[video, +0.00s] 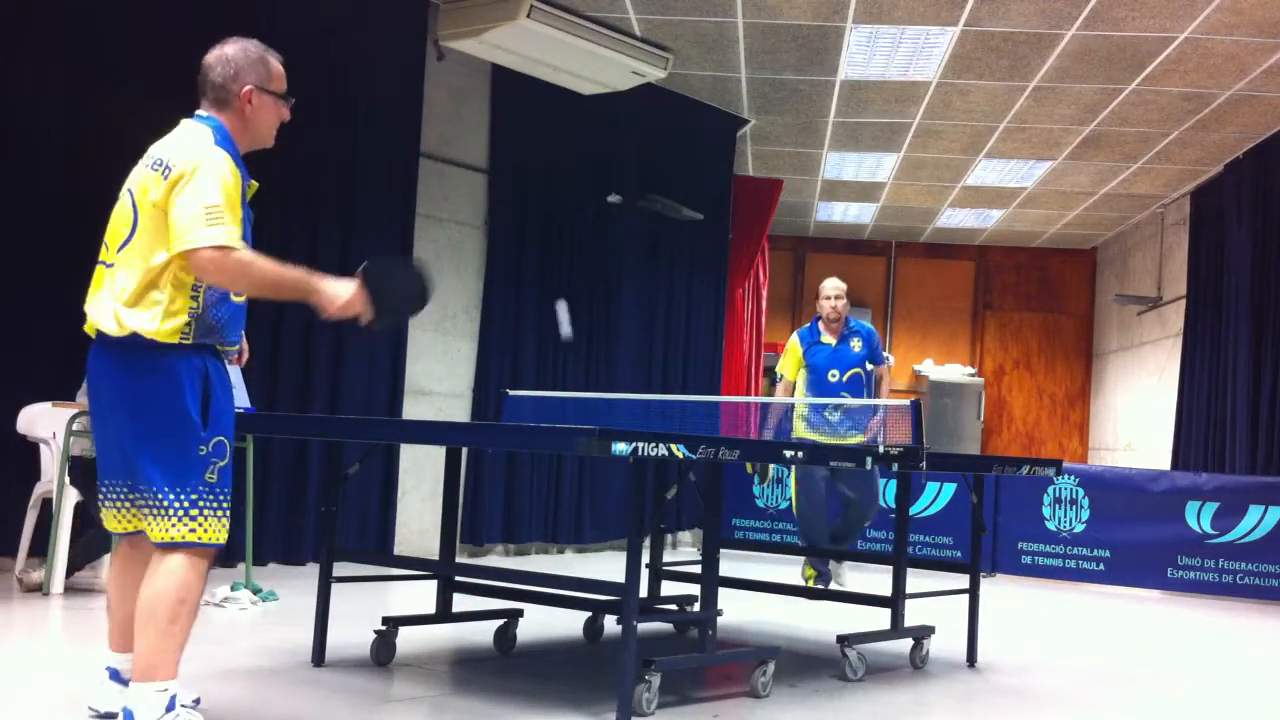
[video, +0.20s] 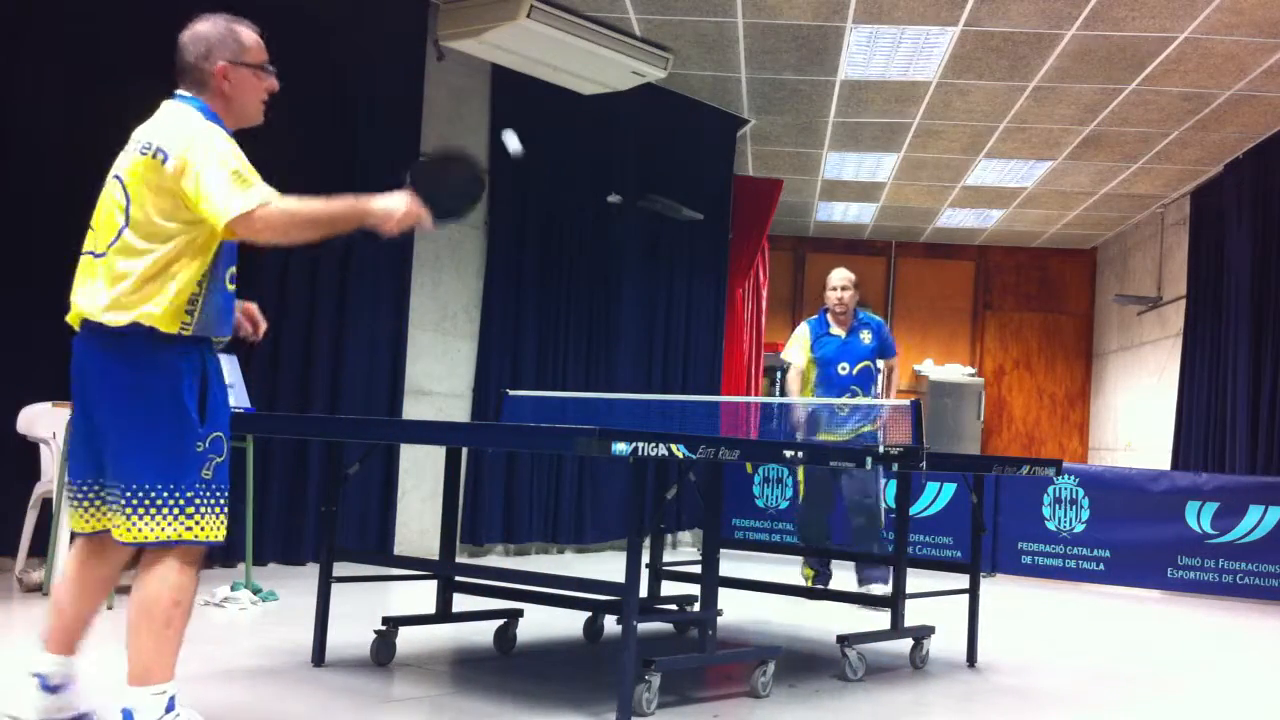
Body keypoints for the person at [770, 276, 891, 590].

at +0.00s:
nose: (834, 304)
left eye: (839, 298)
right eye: (827, 298)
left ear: (847, 302)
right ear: (817, 303)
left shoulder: (866, 334)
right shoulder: (801, 339)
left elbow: (883, 374)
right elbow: (784, 389)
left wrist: (880, 414)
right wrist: (768, 436)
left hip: (854, 439)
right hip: (810, 437)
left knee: (866, 501)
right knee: (812, 504)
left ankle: (834, 551)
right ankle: (818, 570)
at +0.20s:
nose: (839, 295)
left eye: (845, 289)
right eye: (834, 289)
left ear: (856, 293)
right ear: (824, 295)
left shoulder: (875, 328)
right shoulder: (808, 330)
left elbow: (890, 367)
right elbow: (793, 372)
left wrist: (886, 406)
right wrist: (797, 407)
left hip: (862, 435)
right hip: (818, 435)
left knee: (865, 505)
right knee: (815, 504)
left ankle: (871, 578)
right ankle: (816, 572)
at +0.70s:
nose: (868, 286)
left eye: (875, 279)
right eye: (863, 280)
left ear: (891, 284)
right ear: (857, 285)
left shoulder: (915, 321)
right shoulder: (844, 325)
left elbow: (944, 365)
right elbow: (824, 372)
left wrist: (934, 407)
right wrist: (824, 406)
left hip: (900, 438)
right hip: (853, 436)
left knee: (889, 515)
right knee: (853, 507)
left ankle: (875, 596)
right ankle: (844, 594)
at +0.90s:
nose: (870, 291)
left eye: (878, 284)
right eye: (865, 285)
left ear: (895, 289)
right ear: (859, 291)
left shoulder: (923, 323)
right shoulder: (849, 332)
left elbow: (957, 368)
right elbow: (833, 380)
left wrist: (945, 414)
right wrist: (824, 409)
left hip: (912, 444)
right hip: (863, 444)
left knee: (917, 524)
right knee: (860, 524)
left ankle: (889, 595)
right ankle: (866, 607)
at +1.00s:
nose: (873, 291)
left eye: (881, 283)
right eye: (867, 284)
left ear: (899, 287)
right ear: (862, 289)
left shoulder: (928, 320)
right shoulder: (854, 333)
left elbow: (967, 364)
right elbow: (838, 383)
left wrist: (954, 409)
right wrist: (833, 409)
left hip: (925, 441)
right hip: (872, 443)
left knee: (948, 503)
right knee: (862, 520)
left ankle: (922, 572)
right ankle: (865, 606)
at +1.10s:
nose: (879, 289)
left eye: (887, 281)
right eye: (874, 282)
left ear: (906, 284)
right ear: (869, 287)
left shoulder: (936, 315)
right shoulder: (862, 329)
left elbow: (982, 351)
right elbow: (850, 379)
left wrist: (967, 395)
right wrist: (848, 403)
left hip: (936, 432)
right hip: (886, 438)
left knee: (961, 504)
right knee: (864, 514)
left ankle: (966, 592)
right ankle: (865, 606)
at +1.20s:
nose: (890, 292)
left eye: (898, 284)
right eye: (885, 286)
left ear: (917, 288)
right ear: (879, 291)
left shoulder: (947, 316)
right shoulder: (874, 332)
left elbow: (997, 353)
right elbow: (865, 382)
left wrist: (980, 397)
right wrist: (865, 406)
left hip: (947, 433)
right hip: (896, 437)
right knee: (872, 509)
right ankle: (864, 605)